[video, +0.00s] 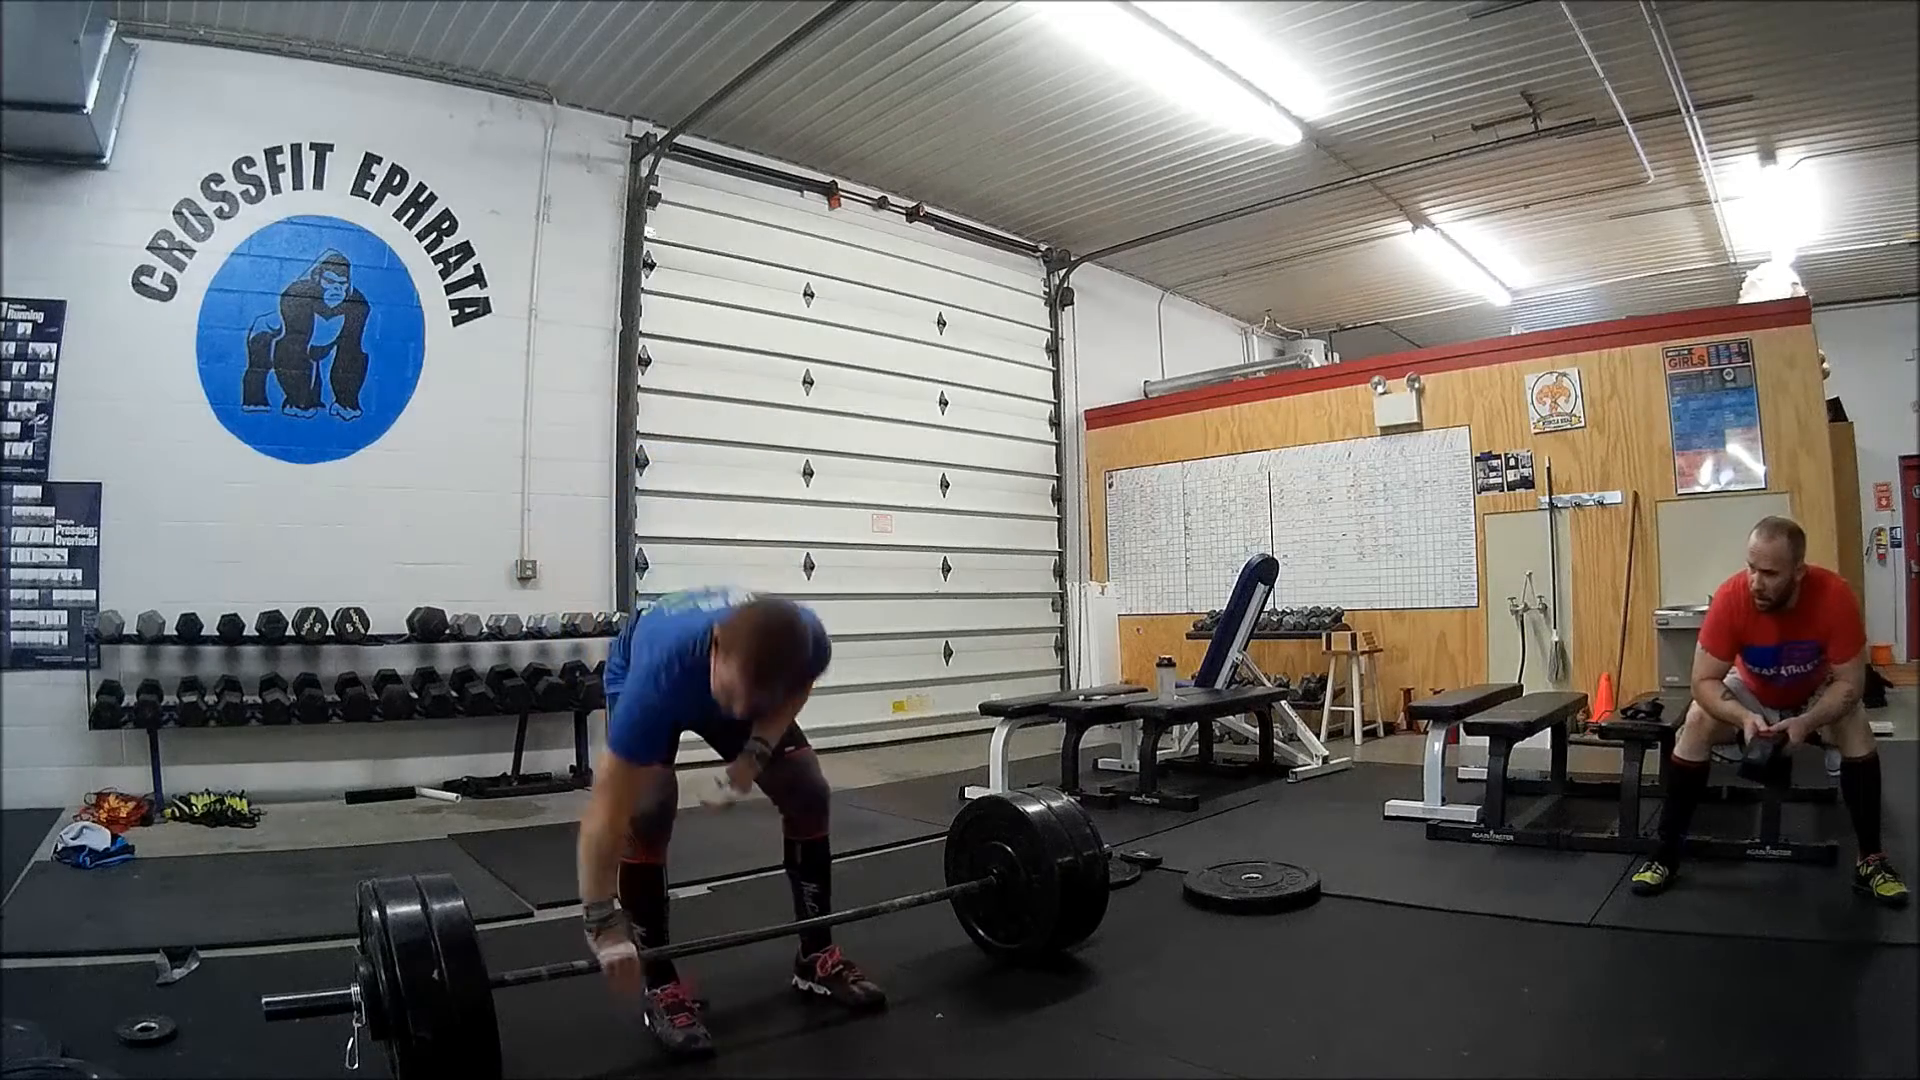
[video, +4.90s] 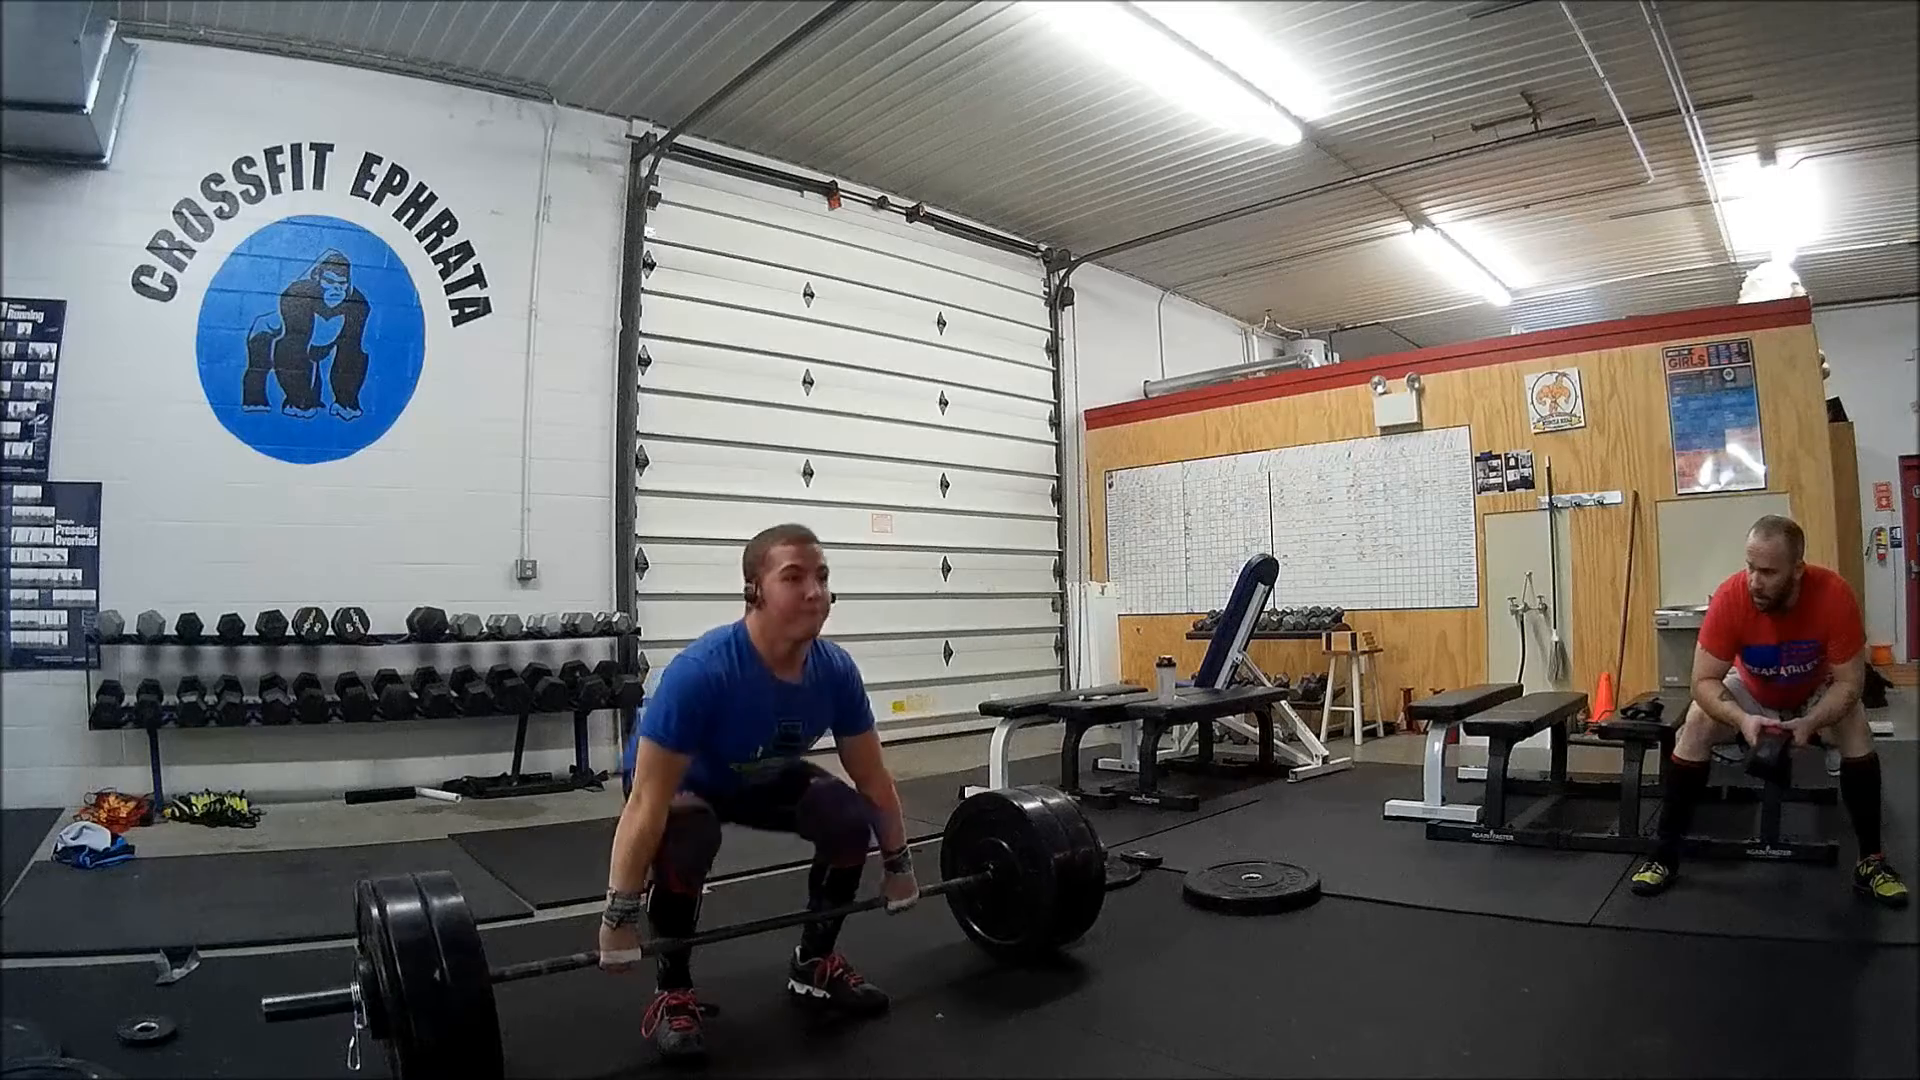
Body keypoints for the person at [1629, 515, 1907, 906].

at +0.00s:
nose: (1757, 583)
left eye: (1770, 574)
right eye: (1752, 569)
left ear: (1798, 570)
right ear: (1747, 561)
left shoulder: (1834, 597)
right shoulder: (1731, 598)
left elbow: (1850, 684)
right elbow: (1703, 682)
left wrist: (1806, 722)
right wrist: (1742, 717)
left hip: (1815, 696)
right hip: (1751, 694)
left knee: (1854, 723)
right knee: (1696, 721)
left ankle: (1871, 859)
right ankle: (1665, 856)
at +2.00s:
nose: (1756, 584)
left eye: (1769, 575)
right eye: (1752, 570)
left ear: (1799, 569)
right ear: (1746, 562)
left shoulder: (1834, 595)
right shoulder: (1731, 598)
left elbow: (1850, 682)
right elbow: (1704, 683)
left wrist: (1808, 722)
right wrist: (1743, 718)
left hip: (1816, 695)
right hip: (1752, 694)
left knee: (1855, 723)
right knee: (1697, 721)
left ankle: (1871, 860)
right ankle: (1664, 857)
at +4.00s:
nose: (1758, 583)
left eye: (1771, 573)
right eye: (1753, 569)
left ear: (1800, 568)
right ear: (1747, 560)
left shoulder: (1834, 595)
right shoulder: (1732, 597)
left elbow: (1851, 681)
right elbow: (1705, 682)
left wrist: (1813, 722)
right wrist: (1742, 721)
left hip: (1816, 695)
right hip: (1752, 693)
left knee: (1854, 724)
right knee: (1698, 721)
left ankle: (1871, 860)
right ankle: (1664, 857)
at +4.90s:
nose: (1756, 582)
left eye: (1768, 573)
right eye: (1751, 569)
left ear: (1798, 568)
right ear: (1746, 561)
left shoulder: (1832, 594)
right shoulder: (1731, 597)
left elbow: (1850, 682)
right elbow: (1703, 682)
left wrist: (1810, 722)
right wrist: (1741, 720)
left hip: (1815, 693)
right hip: (1751, 691)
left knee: (1854, 723)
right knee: (1697, 722)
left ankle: (1871, 861)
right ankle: (1664, 857)